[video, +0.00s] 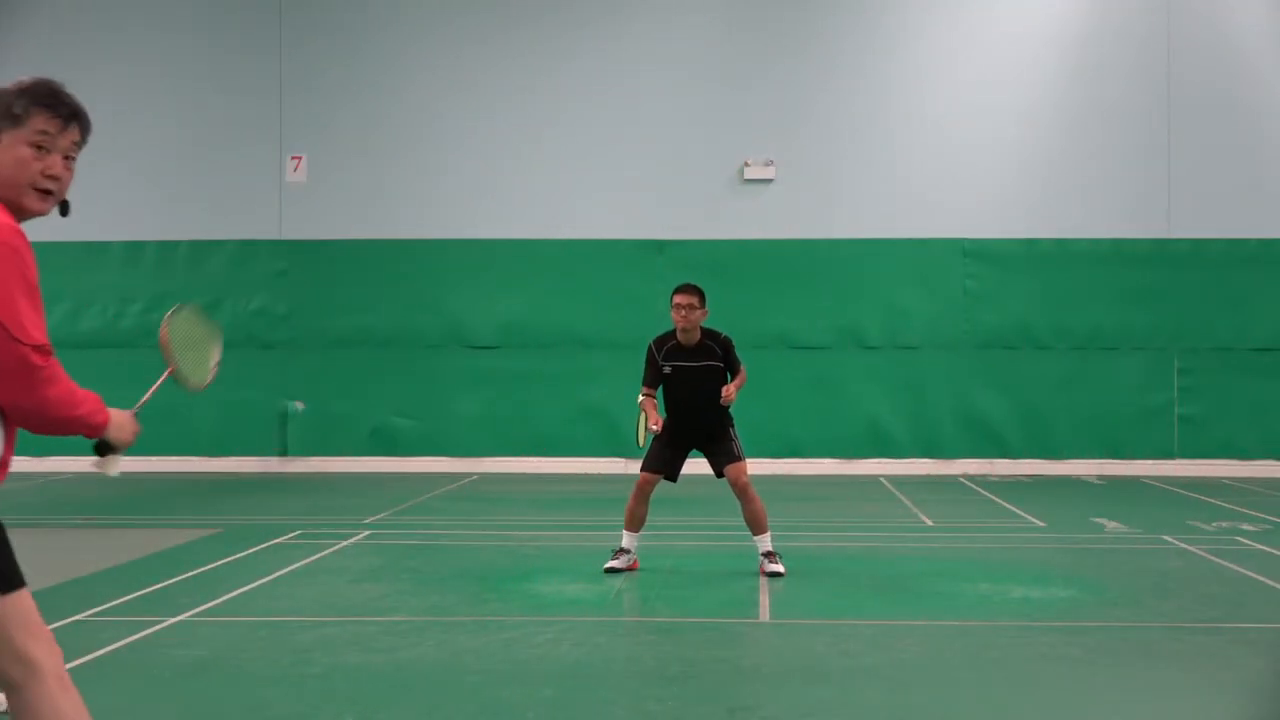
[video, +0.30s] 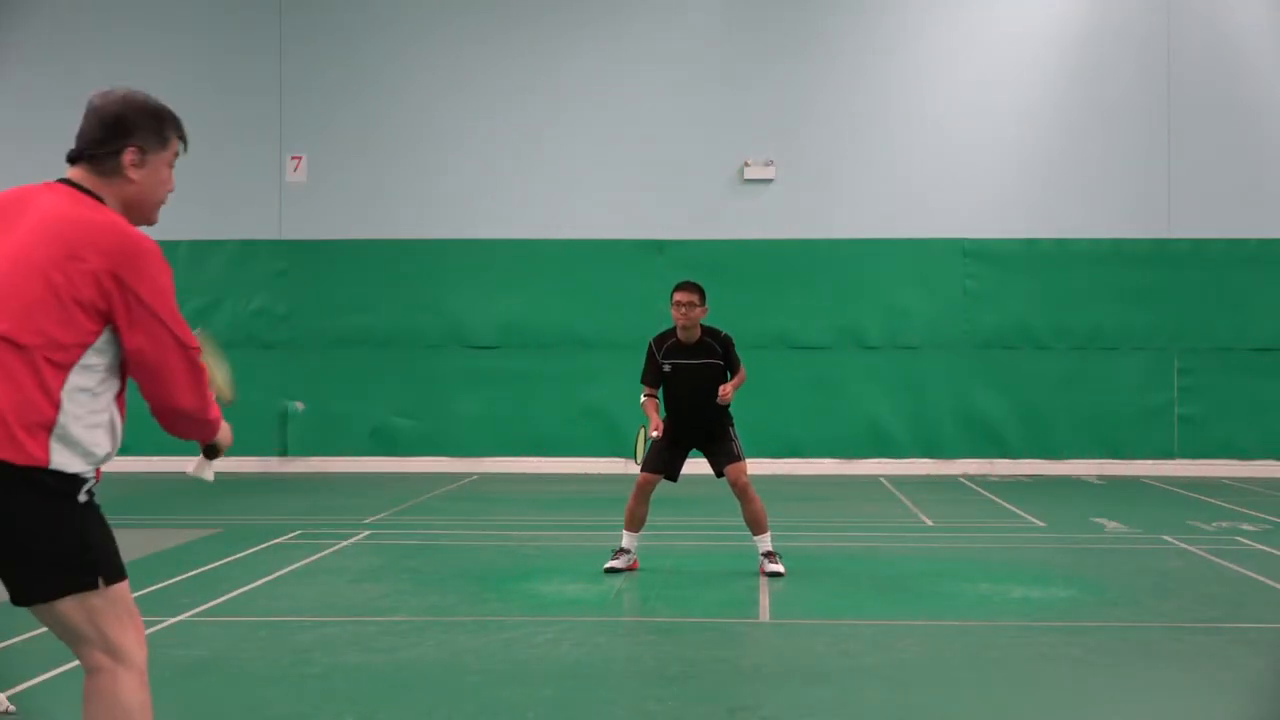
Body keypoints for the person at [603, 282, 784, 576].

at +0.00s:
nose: (682, 313)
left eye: (689, 308)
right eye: (677, 307)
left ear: (703, 313)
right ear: (671, 311)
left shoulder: (721, 344)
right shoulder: (659, 347)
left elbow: (739, 373)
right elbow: (648, 393)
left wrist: (734, 387)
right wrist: (652, 413)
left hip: (716, 425)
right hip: (675, 425)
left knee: (741, 482)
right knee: (644, 482)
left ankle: (767, 553)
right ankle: (627, 551)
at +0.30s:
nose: (683, 310)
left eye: (690, 306)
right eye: (678, 305)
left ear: (703, 311)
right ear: (671, 309)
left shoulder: (721, 342)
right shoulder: (659, 345)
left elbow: (739, 373)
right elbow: (649, 393)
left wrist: (731, 386)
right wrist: (654, 418)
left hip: (715, 424)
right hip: (675, 424)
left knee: (740, 482)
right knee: (644, 482)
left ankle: (767, 553)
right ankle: (627, 551)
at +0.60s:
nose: (680, 316)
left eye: (687, 311)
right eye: (675, 311)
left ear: (700, 316)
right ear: (669, 314)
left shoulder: (719, 346)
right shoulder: (658, 350)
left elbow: (740, 376)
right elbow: (646, 394)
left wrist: (733, 388)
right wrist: (649, 416)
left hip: (716, 426)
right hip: (675, 426)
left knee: (741, 482)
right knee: (643, 482)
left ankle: (767, 553)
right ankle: (627, 551)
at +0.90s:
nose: (678, 330)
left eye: (685, 324)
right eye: (672, 324)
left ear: (698, 328)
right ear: (666, 328)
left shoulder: (716, 355)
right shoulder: (657, 360)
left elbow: (739, 380)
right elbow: (639, 396)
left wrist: (736, 395)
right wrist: (641, 408)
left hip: (717, 430)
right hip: (676, 431)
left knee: (741, 483)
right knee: (642, 483)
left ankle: (767, 553)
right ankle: (626, 551)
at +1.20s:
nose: (677, 334)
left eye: (684, 329)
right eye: (672, 328)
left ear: (697, 332)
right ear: (666, 331)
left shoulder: (716, 358)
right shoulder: (656, 363)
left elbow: (740, 382)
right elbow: (639, 397)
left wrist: (737, 398)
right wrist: (640, 411)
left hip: (716, 433)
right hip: (675, 434)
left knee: (741, 484)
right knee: (641, 483)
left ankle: (767, 553)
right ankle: (626, 551)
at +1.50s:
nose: (677, 334)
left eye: (684, 328)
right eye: (672, 328)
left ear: (697, 332)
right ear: (666, 331)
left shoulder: (716, 358)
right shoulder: (656, 363)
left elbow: (740, 382)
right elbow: (638, 398)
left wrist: (737, 398)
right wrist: (640, 412)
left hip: (716, 434)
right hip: (674, 435)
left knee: (741, 484)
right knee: (640, 483)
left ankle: (767, 553)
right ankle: (626, 551)